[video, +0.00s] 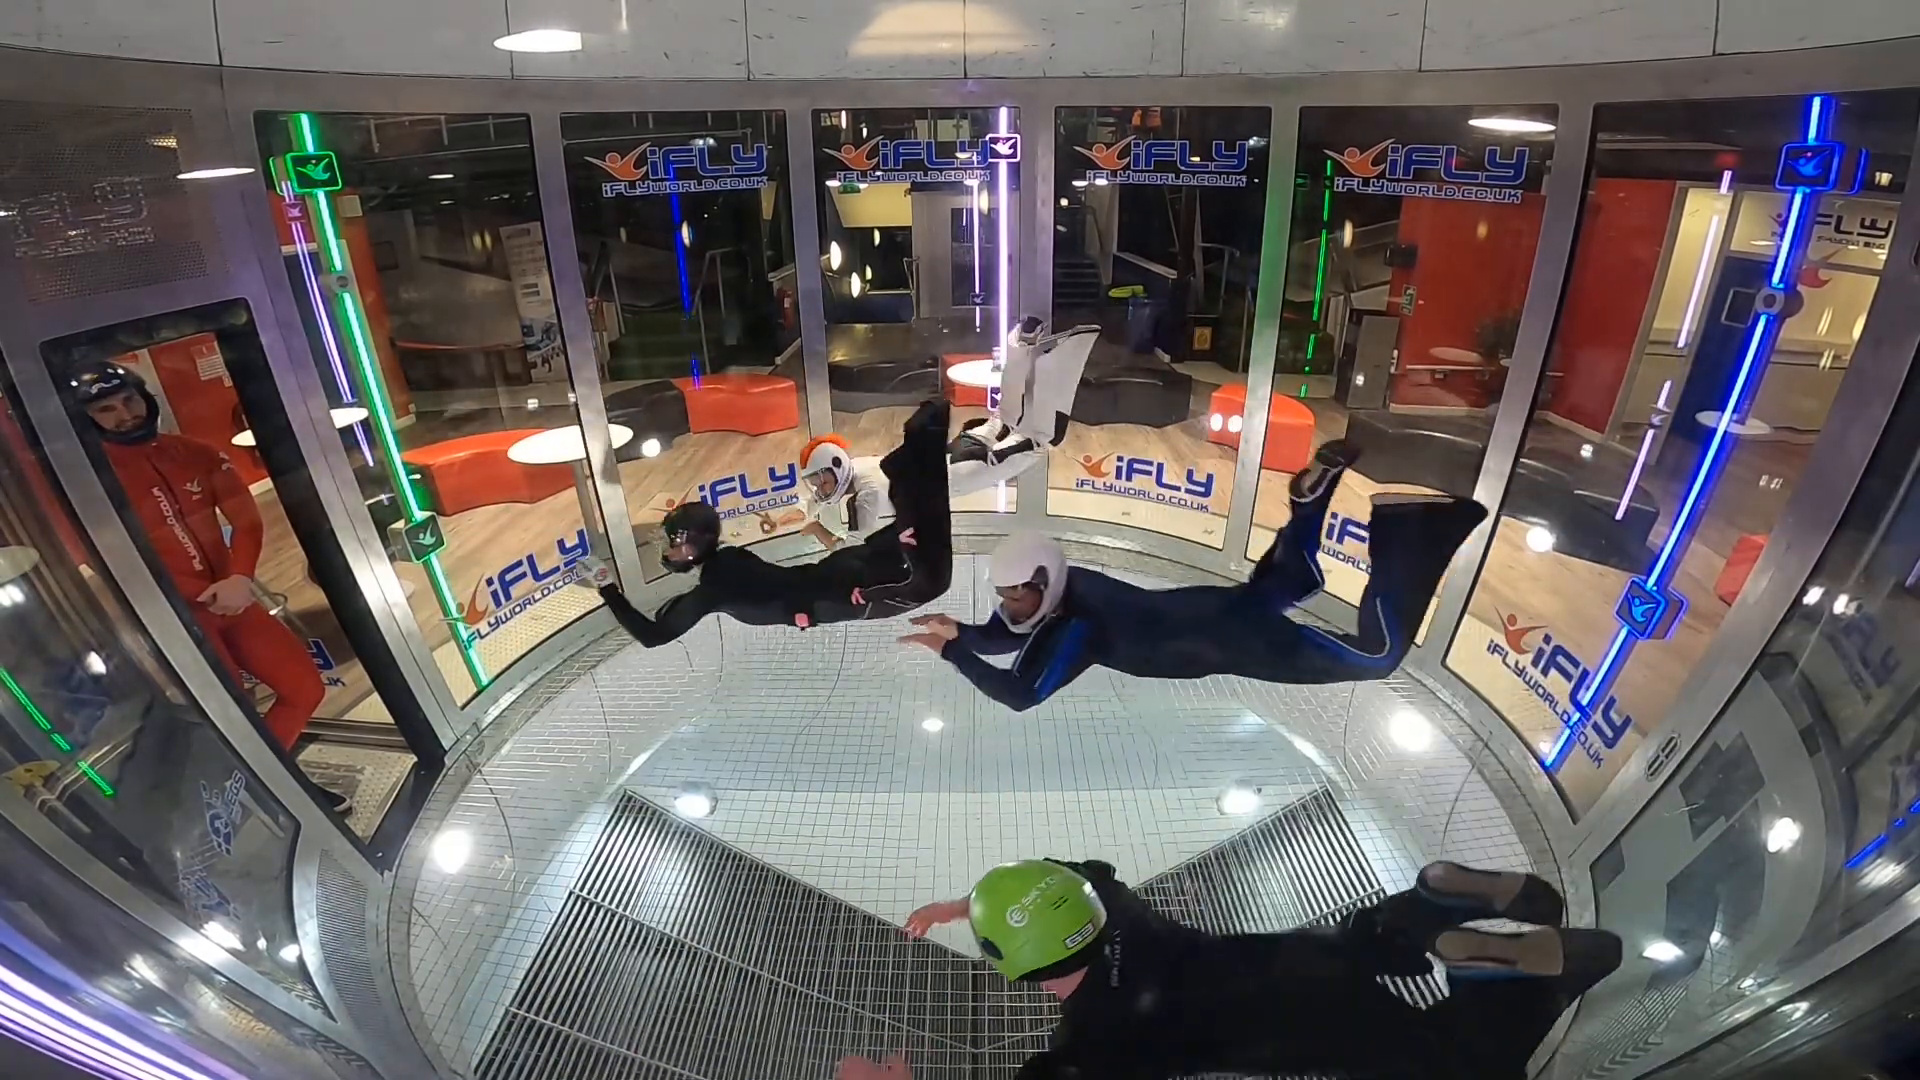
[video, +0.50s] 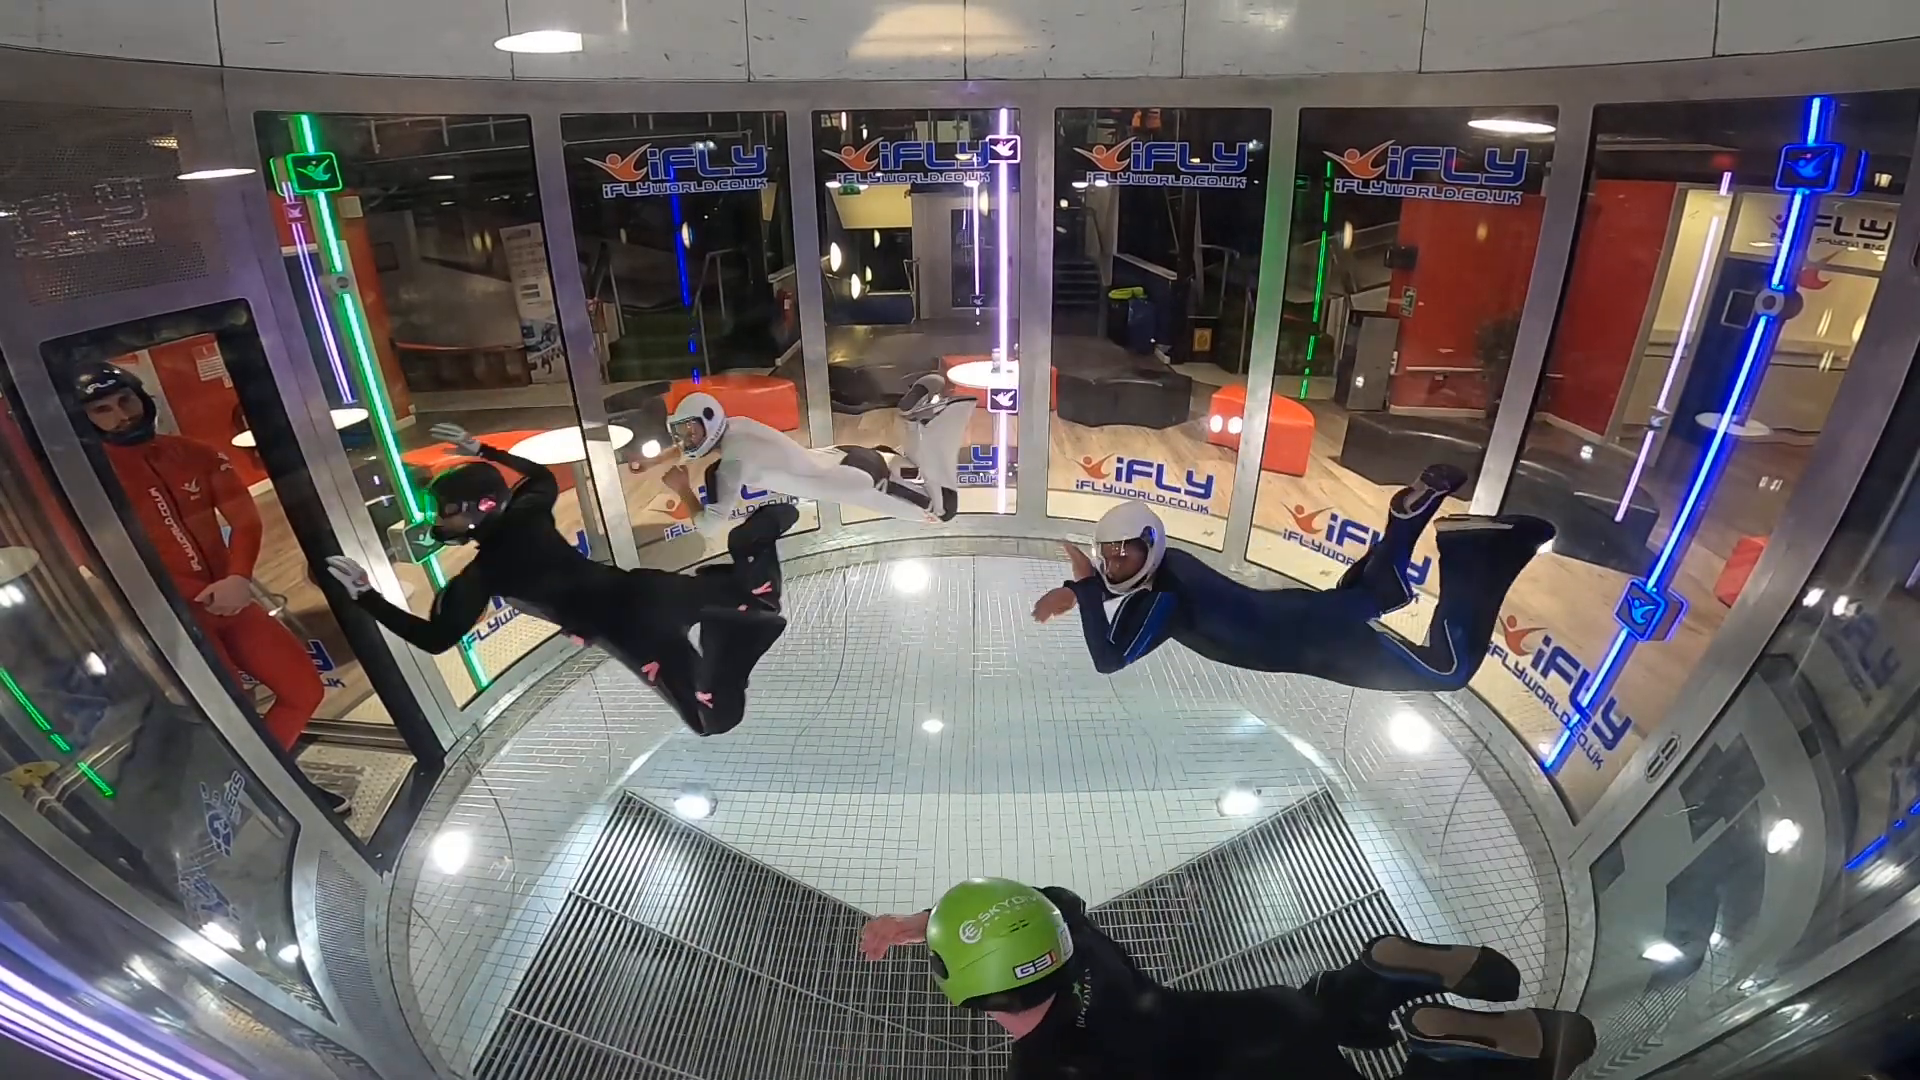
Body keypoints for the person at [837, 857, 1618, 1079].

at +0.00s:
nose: (1016, 977)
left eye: (1017, 966)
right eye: (1018, 963)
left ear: (1049, 972)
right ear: (1072, 908)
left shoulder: (1106, 1035)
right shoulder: (1110, 906)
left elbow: (1032, 1079)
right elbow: (1055, 879)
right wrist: (962, 908)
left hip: (1318, 1024)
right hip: (1305, 948)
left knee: (1447, 1027)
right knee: (1391, 927)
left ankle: (1556, 966)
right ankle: (1491, 901)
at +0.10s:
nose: (995, 988)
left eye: (997, 978)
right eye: (990, 976)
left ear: (1023, 981)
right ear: (1053, 911)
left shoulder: (1077, 1051)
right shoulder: (1091, 916)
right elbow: (1026, 895)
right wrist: (940, 913)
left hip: (1272, 1055)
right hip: (1257, 986)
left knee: (1413, 1045)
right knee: (1360, 965)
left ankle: (1540, 1001)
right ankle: (1470, 929)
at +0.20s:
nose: (1003, 1008)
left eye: (1010, 992)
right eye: (993, 993)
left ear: (1036, 977)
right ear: (1000, 955)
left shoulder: (1081, 1054)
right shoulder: (1066, 930)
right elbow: (996, 909)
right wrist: (902, 918)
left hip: (1271, 1055)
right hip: (1244, 996)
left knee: (1397, 1064)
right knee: (1338, 998)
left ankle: (1528, 1025)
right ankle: (1422, 941)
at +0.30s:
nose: (974, 1000)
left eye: (979, 990)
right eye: (968, 986)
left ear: (1004, 990)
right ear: (1028, 938)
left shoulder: (1058, 1061)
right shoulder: (1059, 938)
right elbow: (994, 909)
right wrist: (912, 933)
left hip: (1264, 1064)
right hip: (1238, 1011)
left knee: (1394, 1065)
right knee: (1324, 1007)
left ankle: (1526, 1030)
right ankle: (1414, 949)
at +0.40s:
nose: (986, 1019)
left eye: (994, 1006)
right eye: (974, 1003)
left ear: (1032, 987)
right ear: (1021, 935)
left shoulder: (1067, 1058)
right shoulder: (1051, 930)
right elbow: (994, 914)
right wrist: (906, 933)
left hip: (1252, 1062)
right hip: (1222, 1008)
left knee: (1380, 1062)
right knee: (1324, 1009)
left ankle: (1514, 1030)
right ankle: (1404, 965)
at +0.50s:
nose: (995, 1013)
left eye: (998, 998)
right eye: (987, 998)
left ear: (1017, 990)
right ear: (1039, 933)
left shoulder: (1051, 1067)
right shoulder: (1066, 932)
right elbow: (1008, 908)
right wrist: (926, 927)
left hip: (1233, 1069)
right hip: (1220, 1012)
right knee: (1325, 1006)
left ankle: (1472, 1041)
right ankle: (1432, 973)